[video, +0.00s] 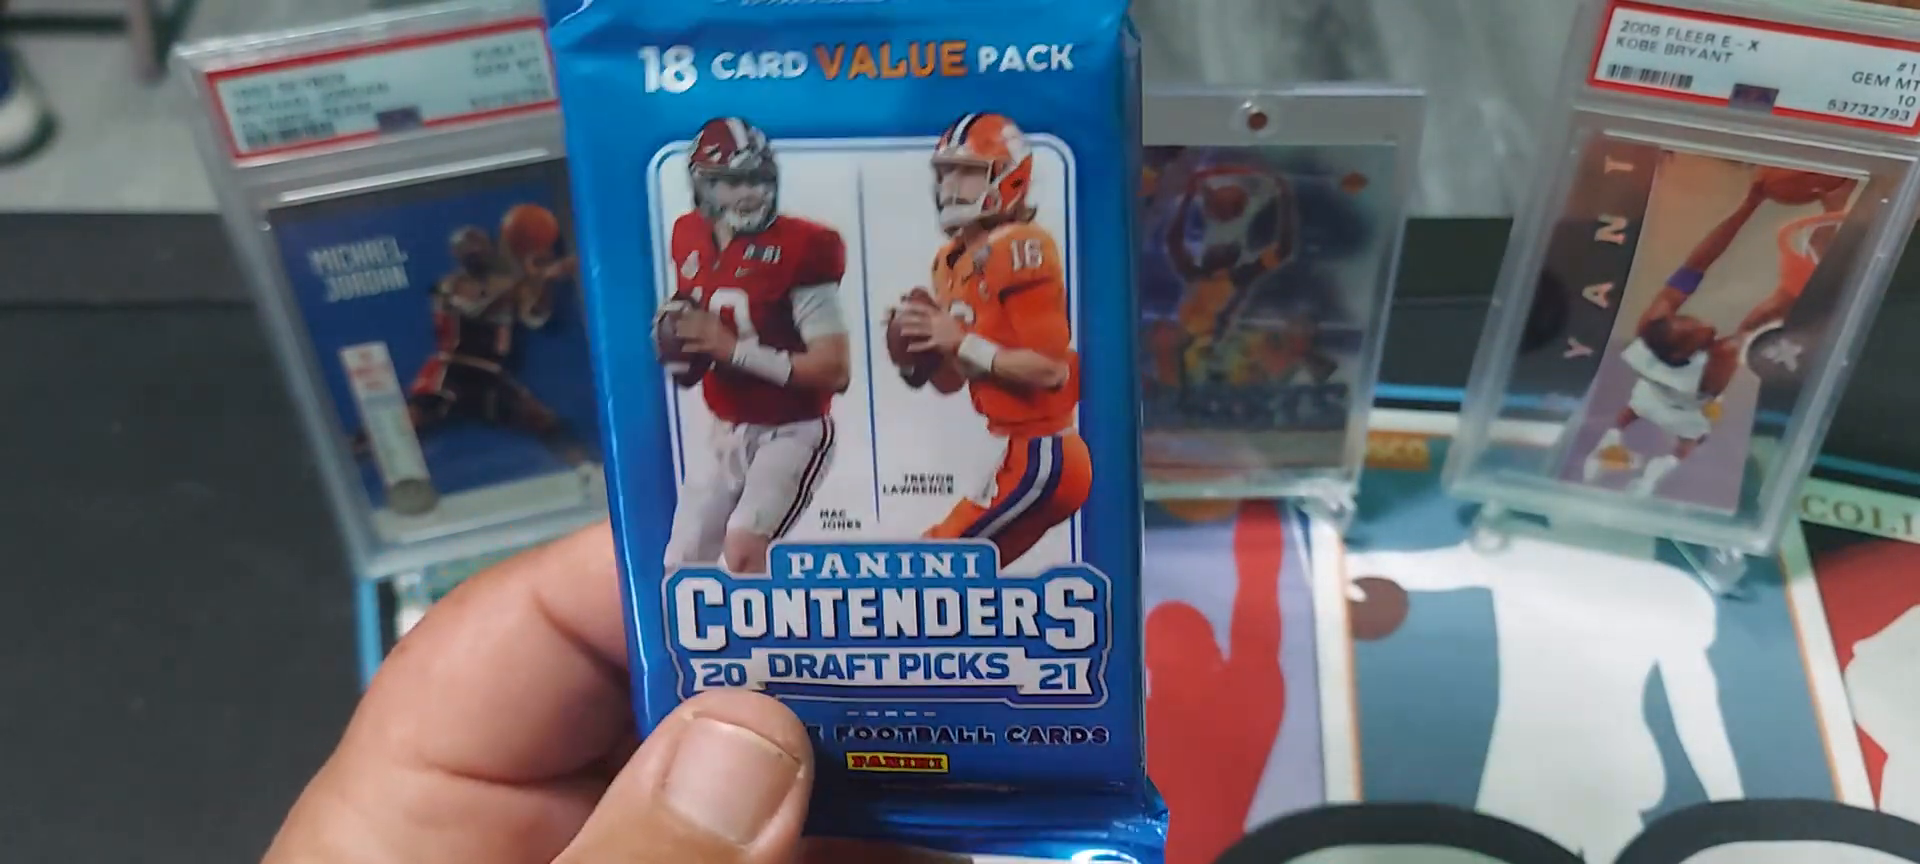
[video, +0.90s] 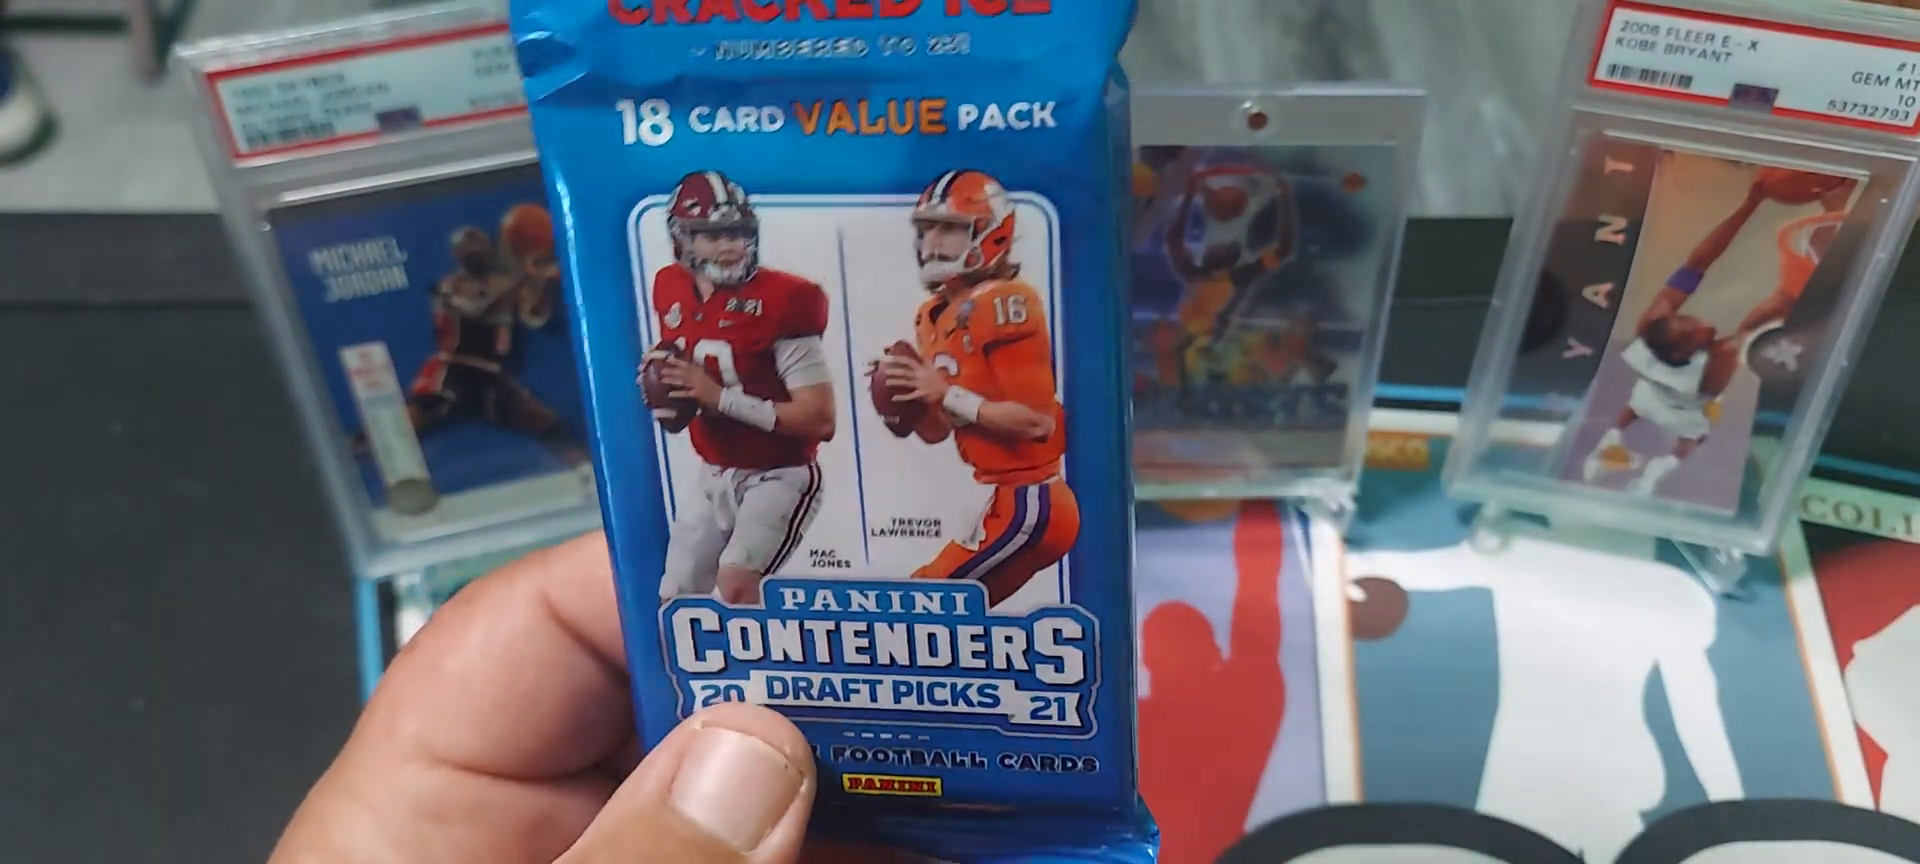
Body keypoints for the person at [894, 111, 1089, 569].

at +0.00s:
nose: (952, 187)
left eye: (970, 173)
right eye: (947, 173)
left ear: (1007, 178)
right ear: (937, 177)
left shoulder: (1020, 247)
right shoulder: (949, 260)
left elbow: (1050, 368)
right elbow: (950, 380)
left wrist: (957, 340)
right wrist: (920, 349)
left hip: (1042, 457)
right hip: (1012, 453)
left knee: (928, 572)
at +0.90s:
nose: (932, 242)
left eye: (950, 229)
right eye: (927, 229)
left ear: (990, 233)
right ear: (918, 233)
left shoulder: (1005, 303)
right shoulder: (932, 314)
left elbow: (1036, 421)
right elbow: (935, 430)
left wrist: (942, 391)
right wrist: (902, 396)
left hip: (1030, 506)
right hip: (1002, 503)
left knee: (914, 610)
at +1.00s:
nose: (927, 260)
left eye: (944, 248)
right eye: (921, 247)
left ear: (984, 252)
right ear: (912, 251)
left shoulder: (1002, 318)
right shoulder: (928, 331)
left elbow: (1035, 433)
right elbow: (934, 444)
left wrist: (942, 407)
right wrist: (900, 411)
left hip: (1031, 517)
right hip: (1003, 513)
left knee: (917, 620)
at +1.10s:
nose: (945, 256)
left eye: (961, 243)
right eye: (940, 242)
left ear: (999, 246)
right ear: (930, 245)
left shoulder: (1014, 313)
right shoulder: (943, 325)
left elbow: (1046, 428)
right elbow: (947, 441)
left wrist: (956, 402)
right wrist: (913, 401)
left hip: (1041, 512)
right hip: (1011, 508)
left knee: (928, 621)